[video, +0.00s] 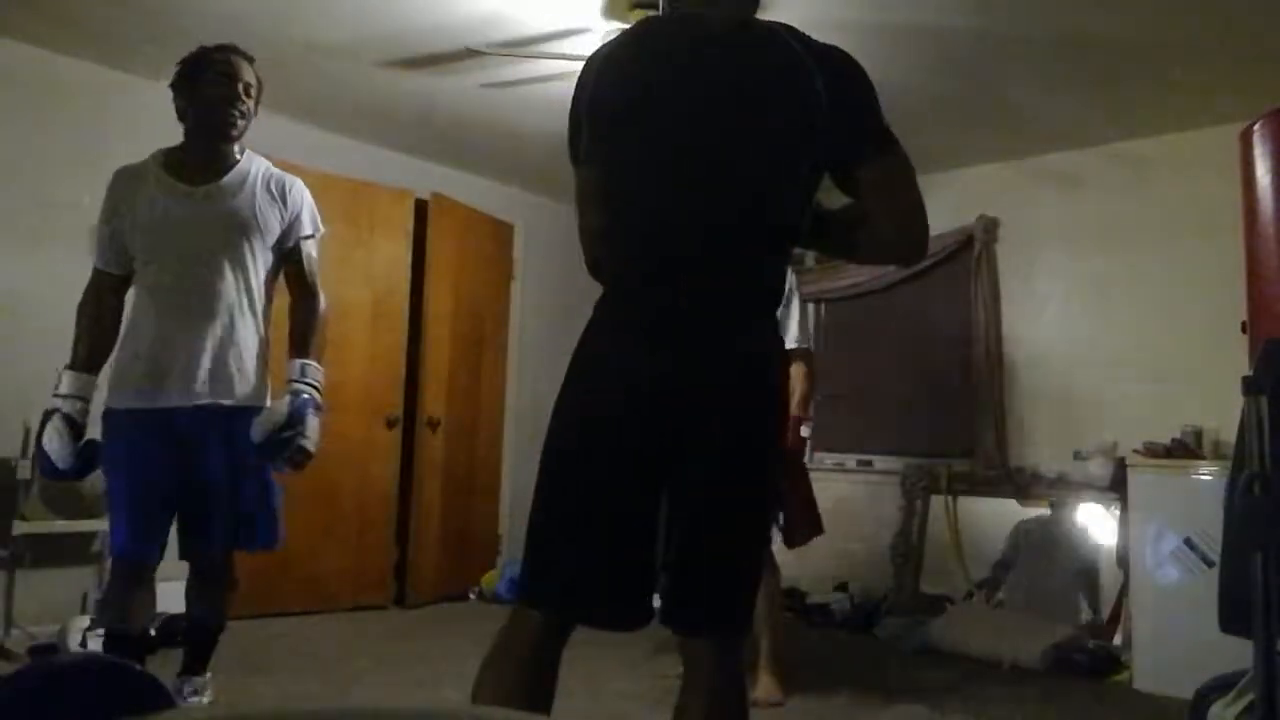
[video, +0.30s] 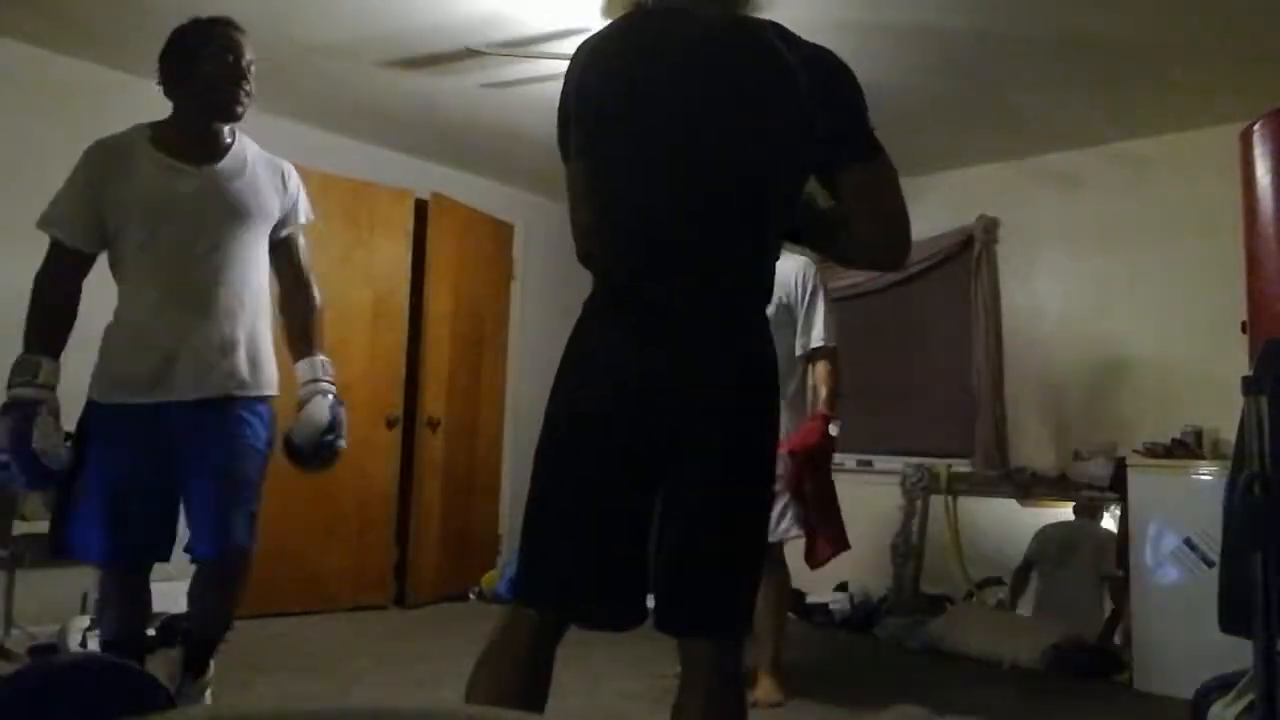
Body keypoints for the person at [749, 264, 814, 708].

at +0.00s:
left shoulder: (779, 277)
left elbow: (799, 356)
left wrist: (793, 426)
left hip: (757, 429)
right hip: (705, 421)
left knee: (759, 554)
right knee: (712, 552)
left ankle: (766, 668)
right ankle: (716, 668)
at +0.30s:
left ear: (773, 216)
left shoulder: (796, 268)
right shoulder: (707, 266)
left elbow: (820, 351)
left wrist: (821, 420)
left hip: (776, 434)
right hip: (715, 431)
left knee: (768, 555)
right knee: (717, 550)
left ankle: (767, 669)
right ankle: (713, 672)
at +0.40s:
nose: (748, 216)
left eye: (754, 208)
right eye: (742, 207)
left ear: (771, 213)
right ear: (727, 214)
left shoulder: (802, 268)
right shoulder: (713, 269)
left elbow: (828, 349)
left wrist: (831, 412)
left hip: (776, 441)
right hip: (718, 439)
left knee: (768, 556)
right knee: (717, 556)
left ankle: (768, 670)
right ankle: (706, 672)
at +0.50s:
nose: (752, 236)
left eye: (756, 225)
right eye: (745, 228)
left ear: (769, 221)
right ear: (728, 227)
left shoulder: (803, 272)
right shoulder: (711, 269)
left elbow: (830, 355)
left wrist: (833, 422)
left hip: (774, 445)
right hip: (716, 444)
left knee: (768, 557)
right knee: (713, 561)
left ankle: (769, 671)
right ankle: (700, 673)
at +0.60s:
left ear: (775, 230)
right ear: (728, 236)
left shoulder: (805, 272)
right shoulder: (711, 274)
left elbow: (830, 355)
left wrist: (835, 421)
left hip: (771, 446)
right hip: (716, 445)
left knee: (768, 559)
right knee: (709, 566)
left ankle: (770, 675)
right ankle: (697, 676)